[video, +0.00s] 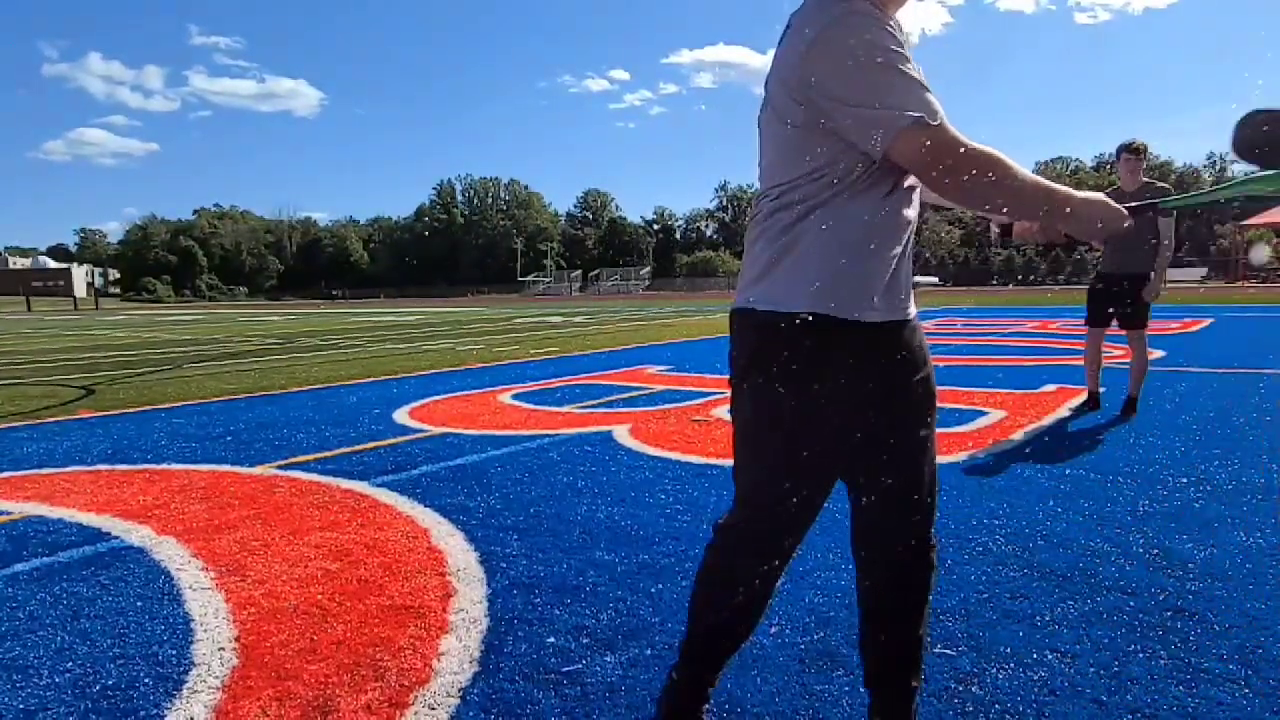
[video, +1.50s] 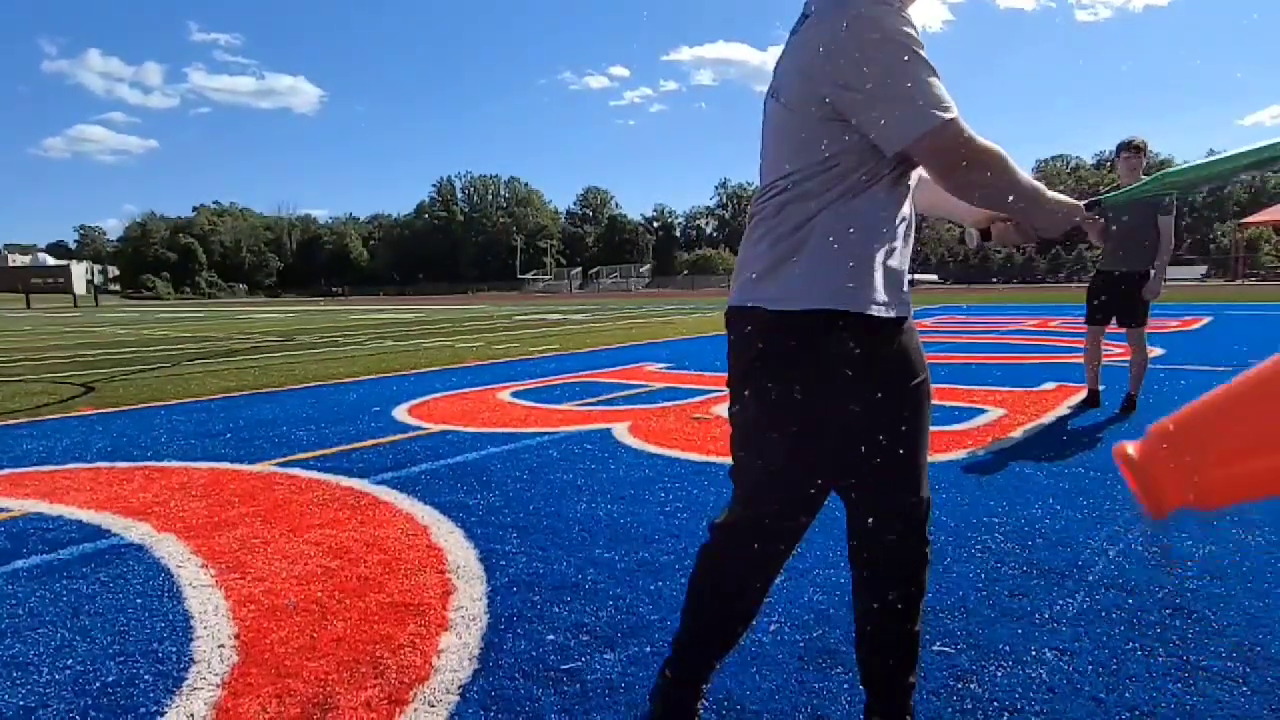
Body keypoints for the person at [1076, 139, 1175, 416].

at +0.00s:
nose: (1133, 166)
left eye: (1138, 161)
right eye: (1128, 160)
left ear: (1144, 163)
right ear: (1118, 164)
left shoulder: (1160, 193)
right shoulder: (1108, 198)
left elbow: (1167, 240)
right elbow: (1097, 239)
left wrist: (1157, 280)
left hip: (1137, 277)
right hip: (1106, 276)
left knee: (1136, 340)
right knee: (1094, 337)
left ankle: (1132, 398)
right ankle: (1092, 395)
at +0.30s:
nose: (1133, 165)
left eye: (1138, 160)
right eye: (1128, 160)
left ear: (1145, 163)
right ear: (1118, 163)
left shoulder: (1161, 193)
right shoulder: (1107, 197)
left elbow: (1167, 238)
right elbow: (1097, 239)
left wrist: (1158, 278)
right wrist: (1095, 226)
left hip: (1138, 276)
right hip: (1106, 275)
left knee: (1136, 341)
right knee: (1094, 338)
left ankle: (1132, 399)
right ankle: (1093, 395)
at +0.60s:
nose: (1133, 164)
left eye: (1139, 159)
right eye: (1128, 159)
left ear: (1145, 162)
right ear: (1118, 162)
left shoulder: (1160, 193)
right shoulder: (1106, 197)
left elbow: (1167, 240)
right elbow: (1098, 241)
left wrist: (1157, 278)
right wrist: (1094, 223)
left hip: (1138, 276)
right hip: (1106, 274)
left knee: (1136, 340)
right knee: (1093, 336)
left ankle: (1132, 398)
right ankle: (1093, 394)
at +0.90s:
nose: (1133, 164)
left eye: (1138, 158)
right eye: (1128, 158)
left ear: (1145, 162)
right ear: (1118, 162)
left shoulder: (1159, 193)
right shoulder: (1106, 198)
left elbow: (1167, 238)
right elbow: (1097, 239)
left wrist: (1157, 276)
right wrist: (1094, 231)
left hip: (1138, 277)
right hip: (1106, 275)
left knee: (1136, 340)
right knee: (1093, 337)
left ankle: (1132, 397)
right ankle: (1093, 393)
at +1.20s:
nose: (1131, 162)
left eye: (1137, 158)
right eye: (1127, 157)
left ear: (1144, 162)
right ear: (1117, 162)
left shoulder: (1158, 193)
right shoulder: (1107, 196)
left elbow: (1166, 239)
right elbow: (1098, 240)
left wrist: (1157, 277)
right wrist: (1091, 225)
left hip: (1137, 274)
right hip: (1106, 273)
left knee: (1136, 339)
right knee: (1093, 334)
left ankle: (1133, 394)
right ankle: (1093, 391)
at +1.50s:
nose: (1133, 160)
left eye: (1138, 156)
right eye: (1127, 156)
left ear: (1144, 161)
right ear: (1117, 161)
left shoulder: (1158, 196)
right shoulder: (1109, 197)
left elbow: (1167, 240)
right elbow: (1100, 241)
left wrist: (1157, 276)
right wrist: (1092, 228)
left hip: (1137, 275)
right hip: (1105, 274)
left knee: (1136, 340)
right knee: (1093, 335)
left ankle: (1132, 396)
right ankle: (1092, 391)